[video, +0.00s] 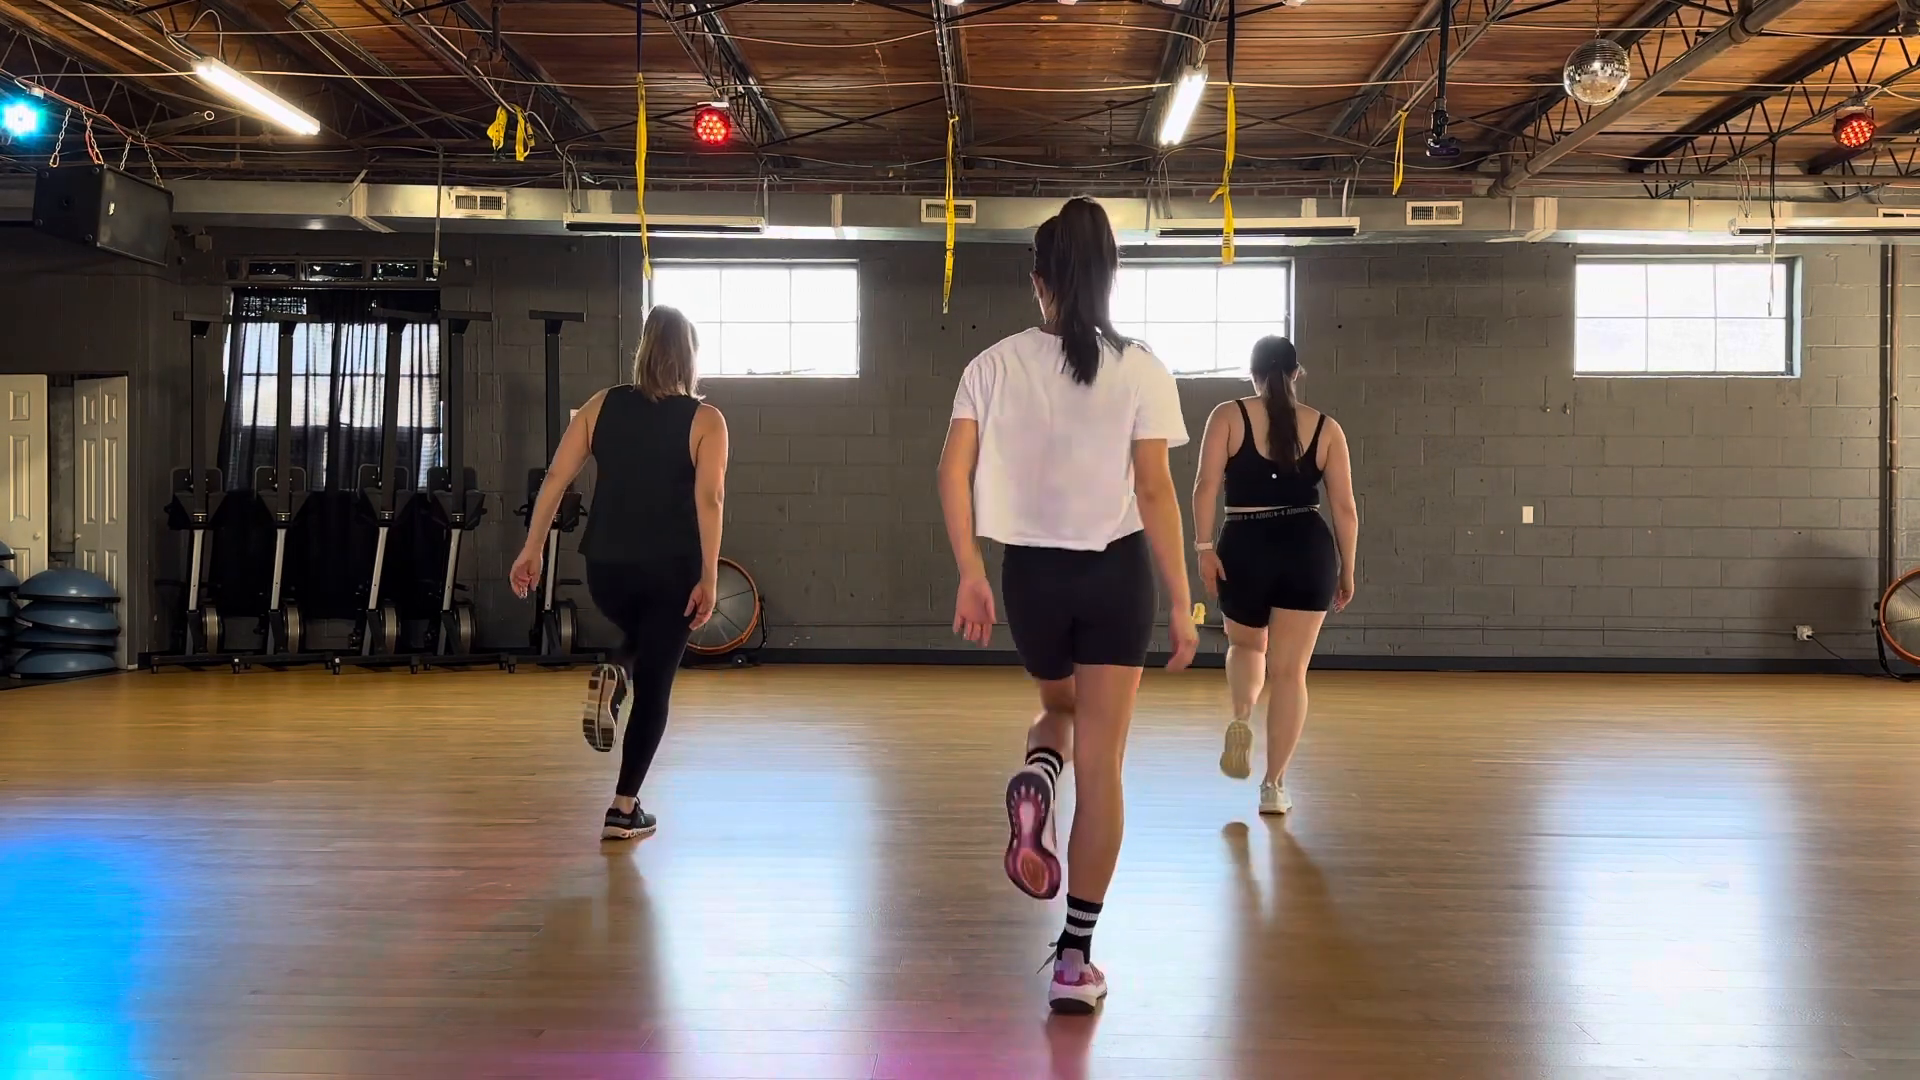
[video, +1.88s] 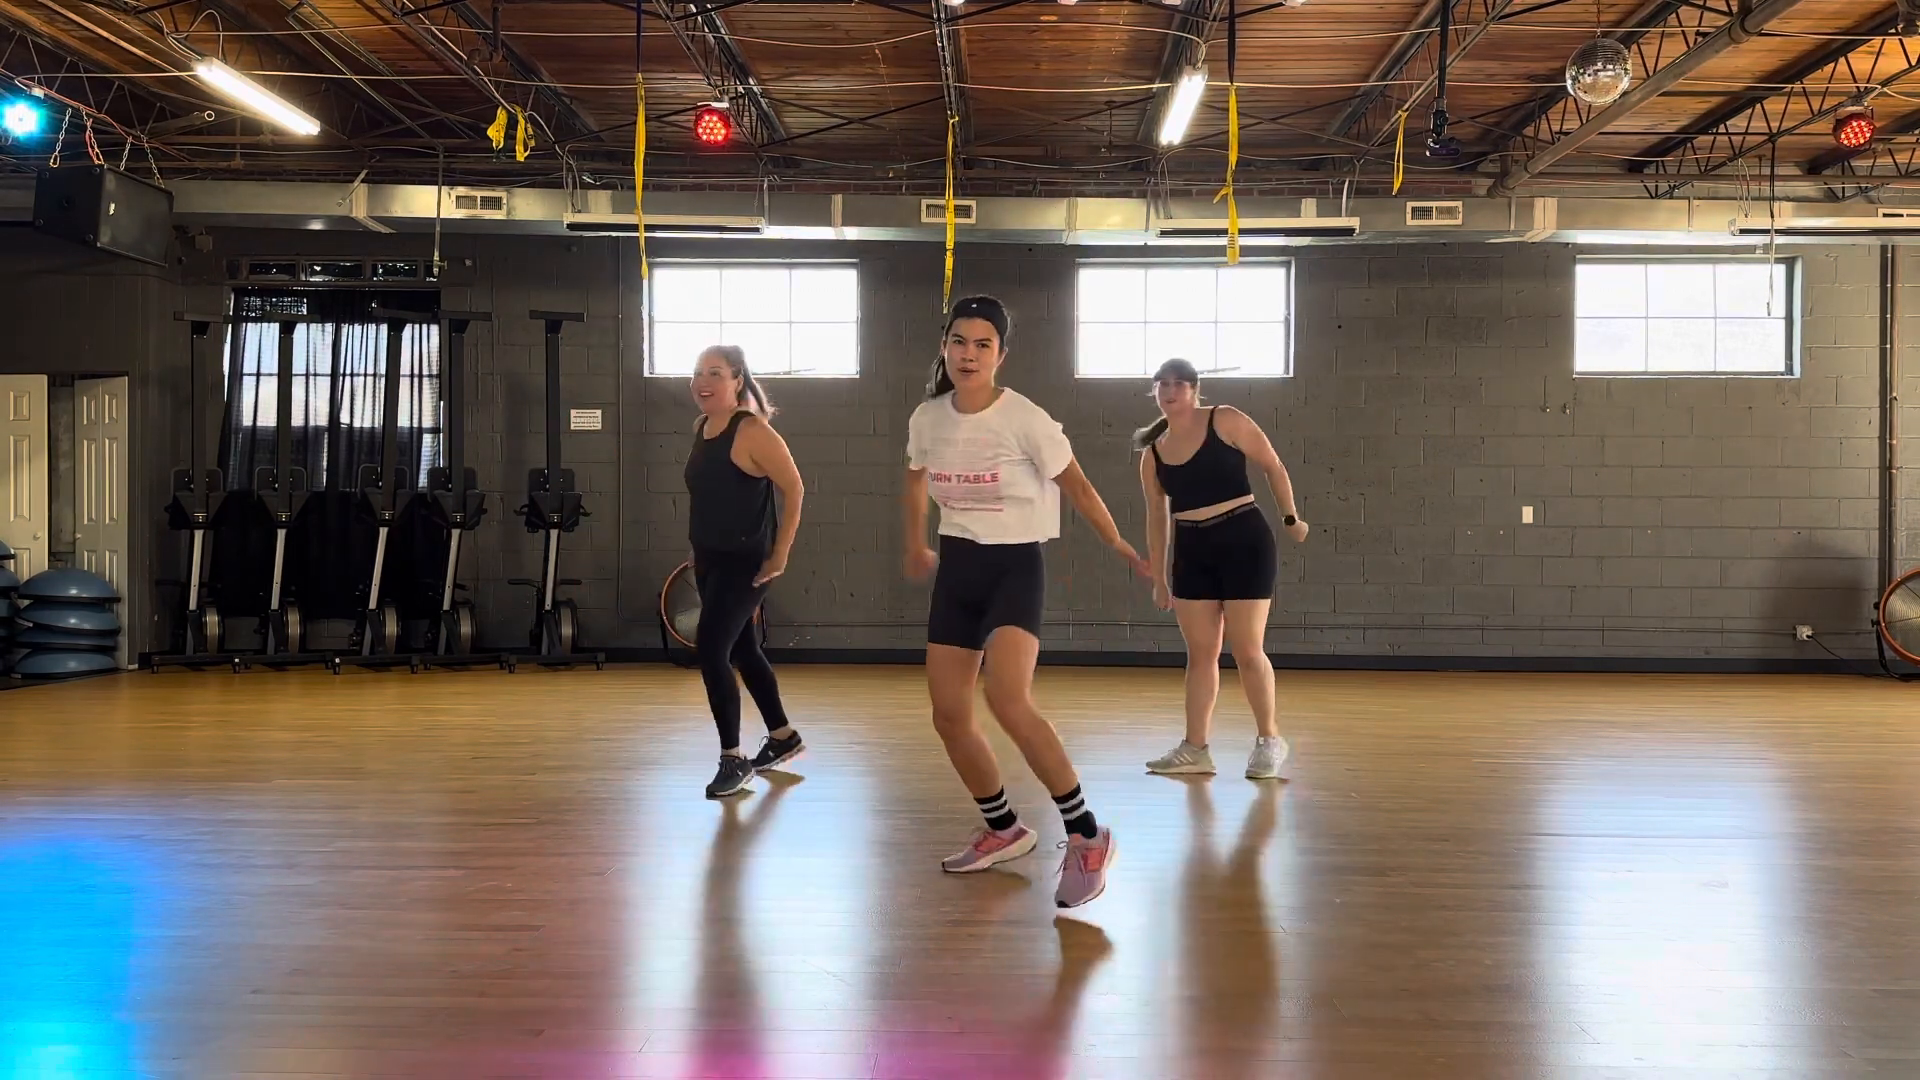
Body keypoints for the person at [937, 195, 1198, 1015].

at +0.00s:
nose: (1037, 283)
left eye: (1037, 271)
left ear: (1038, 277)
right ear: (1109, 274)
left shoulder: (993, 365)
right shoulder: (1140, 368)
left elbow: (953, 468)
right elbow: (1152, 488)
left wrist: (970, 569)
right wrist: (1179, 597)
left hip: (1025, 573)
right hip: (1115, 573)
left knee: (1058, 705)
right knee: (1098, 767)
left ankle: (1035, 784)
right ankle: (1074, 957)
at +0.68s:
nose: (1008, 324)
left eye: (1012, 313)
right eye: (1012, 312)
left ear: (1025, 319)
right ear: (1076, 314)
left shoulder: (1010, 404)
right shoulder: (1125, 392)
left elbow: (996, 516)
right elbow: (1161, 490)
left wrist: (899, 519)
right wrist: (1188, 541)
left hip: (1015, 581)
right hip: (1089, 584)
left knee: (1028, 741)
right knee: (1083, 742)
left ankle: (1057, 888)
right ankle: (1113, 841)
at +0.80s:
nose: (1010, 333)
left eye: (1012, 322)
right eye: (1013, 322)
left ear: (1023, 328)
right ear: (1071, 321)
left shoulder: (1009, 407)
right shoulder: (1121, 393)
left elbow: (939, 491)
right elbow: (1179, 465)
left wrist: (890, 420)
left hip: (1009, 576)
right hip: (1081, 580)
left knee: (1030, 734)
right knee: (1072, 724)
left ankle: (1058, 884)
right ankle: (1119, 778)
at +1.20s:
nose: (986, 344)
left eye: (990, 334)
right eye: (989, 334)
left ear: (1007, 338)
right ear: (1053, 338)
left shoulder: (989, 386)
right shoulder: (1091, 398)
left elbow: (939, 420)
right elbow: (1160, 426)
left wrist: (958, 493)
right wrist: (1102, 474)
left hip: (1017, 572)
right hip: (1076, 574)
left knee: (1023, 724)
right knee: (1027, 714)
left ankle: (1057, 855)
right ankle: (1015, 835)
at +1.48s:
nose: (948, 352)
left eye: (960, 342)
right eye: (950, 340)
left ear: (997, 352)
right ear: (1002, 355)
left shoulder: (977, 407)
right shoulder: (1037, 412)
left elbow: (1018, 488)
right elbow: (1098, 474)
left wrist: (1054, 567)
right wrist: (1089, 544)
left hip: (1007, 571)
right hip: (1032, 567)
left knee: (994, 735)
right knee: (975, 704)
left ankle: (1076, 834)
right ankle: (1013, 842)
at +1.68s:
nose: (952, 356)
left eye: (967, 347)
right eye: (946, 345)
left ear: (994, 359)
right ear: (939, 353)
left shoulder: (1005, 419)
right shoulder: (965, 418)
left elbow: (1063, 505)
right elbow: (993, 503)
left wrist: (1100, 579)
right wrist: (1033, 563)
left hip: (1010, 578)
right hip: (979, 574)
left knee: (975, 728)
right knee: (946, 711)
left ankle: (1092, 831)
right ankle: (1010, 839)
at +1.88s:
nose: (968, 352)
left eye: (981, 343)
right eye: (959, 340)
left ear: (1000, 354)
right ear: (944, 348)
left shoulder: (1026, 418)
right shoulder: (927, 418)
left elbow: (1077, 486)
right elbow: (917, 483)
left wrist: (1121, 546)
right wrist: (916, 542)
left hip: (1015, 566)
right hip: (956, 567)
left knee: (1007, 698)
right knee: (949, 712)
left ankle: (1086, 836)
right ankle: (1004, 829)